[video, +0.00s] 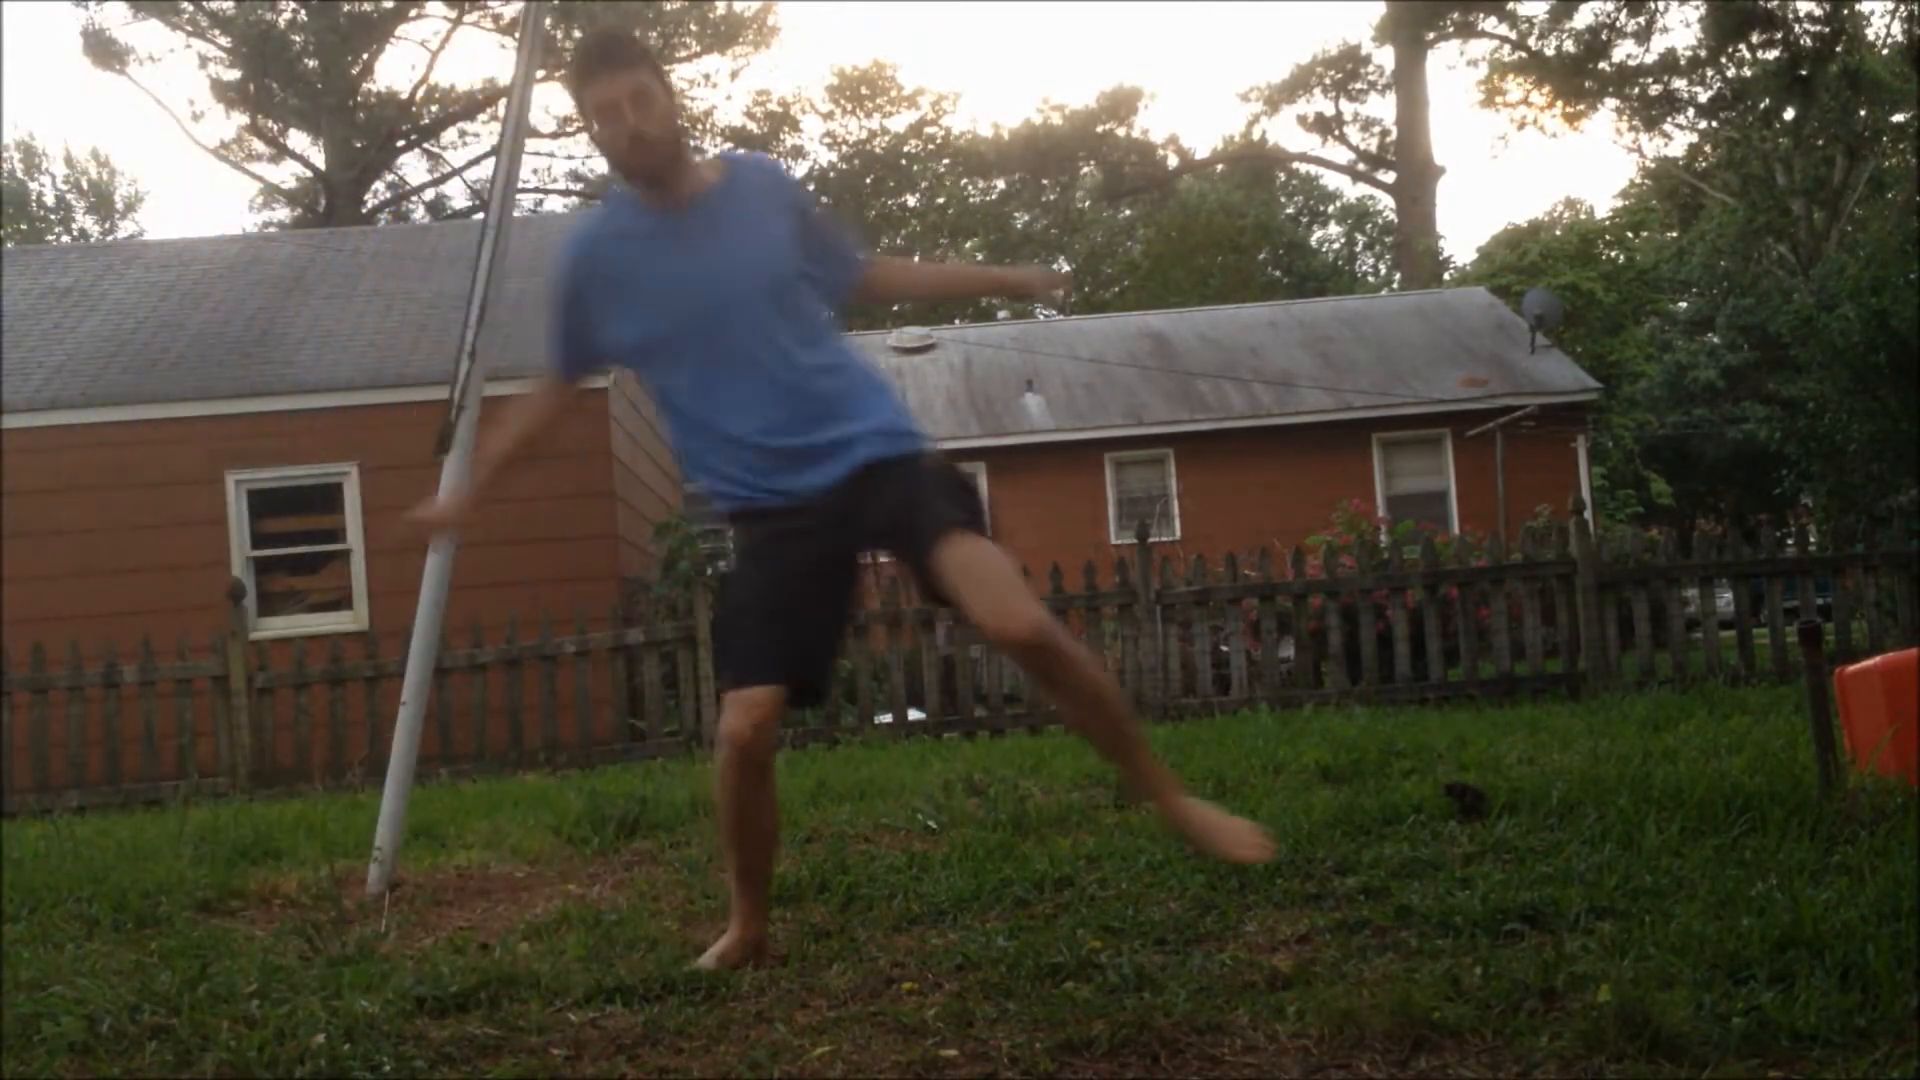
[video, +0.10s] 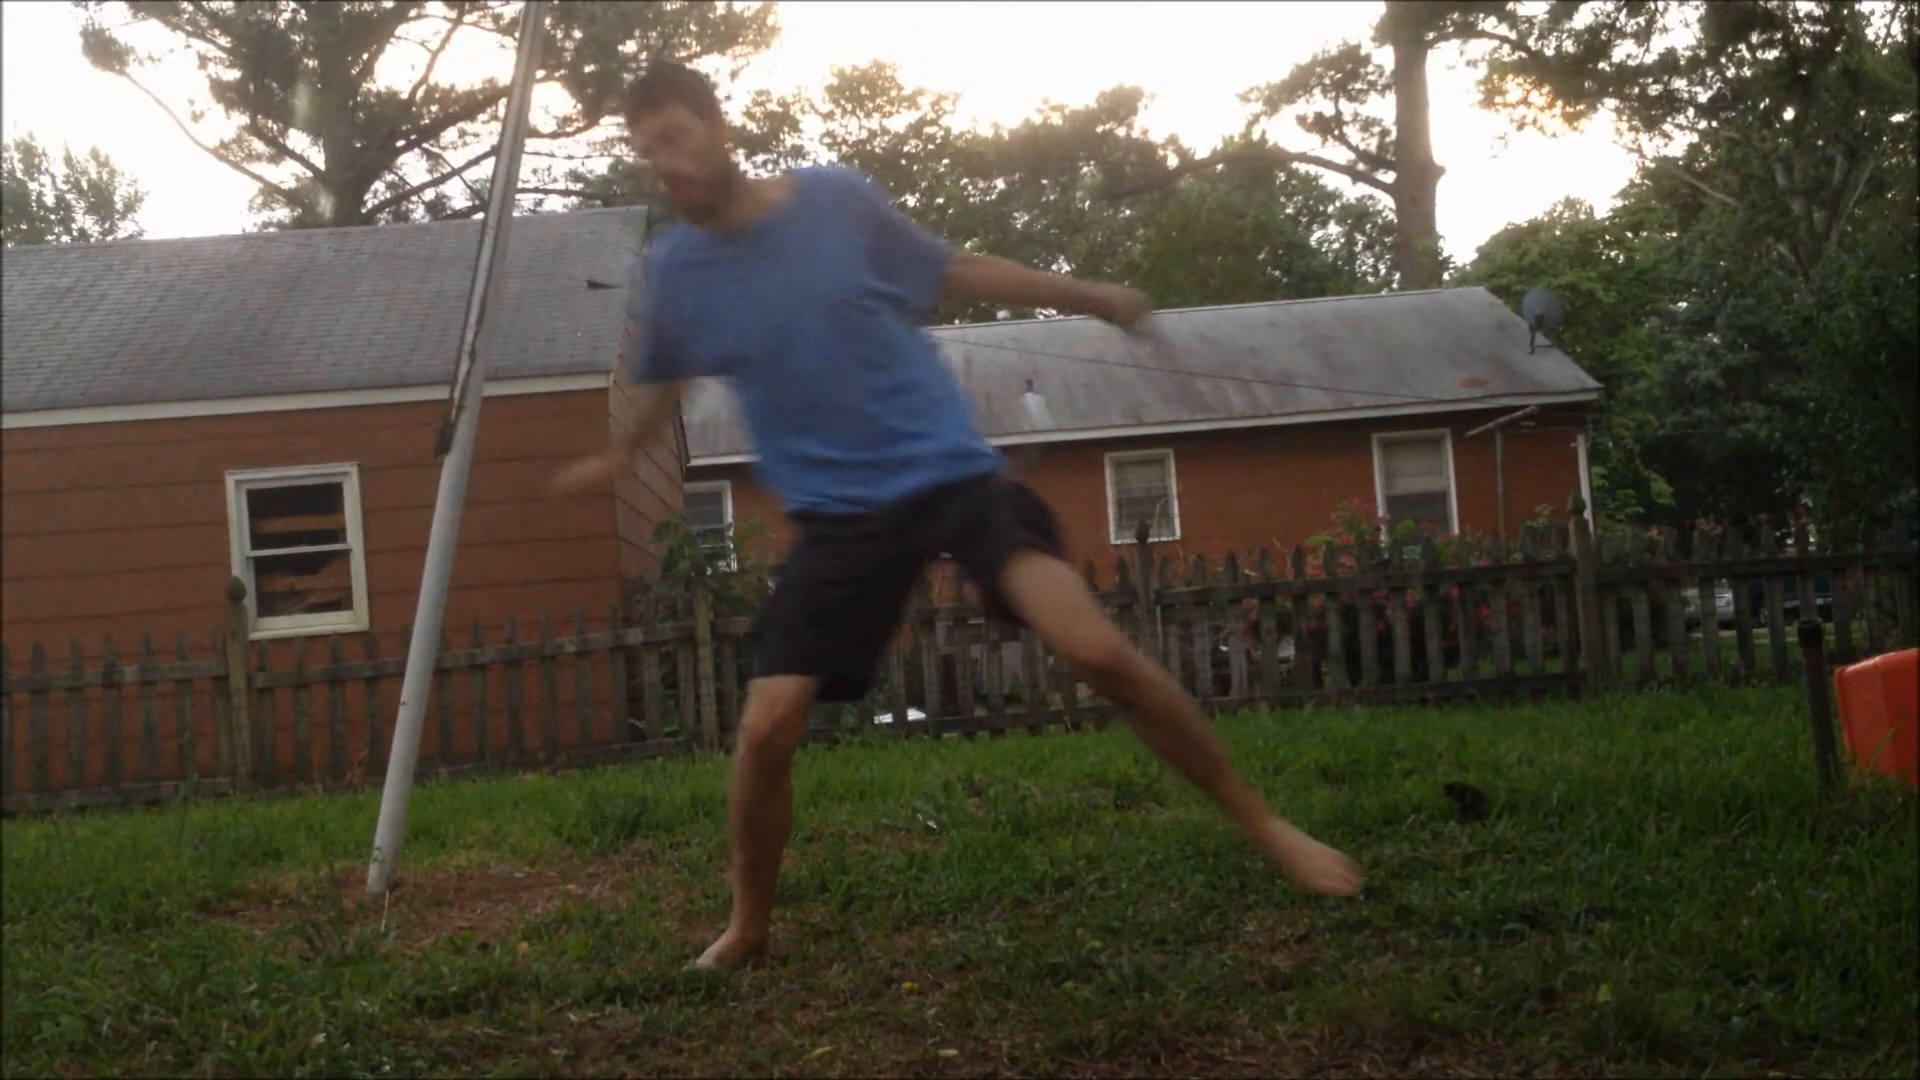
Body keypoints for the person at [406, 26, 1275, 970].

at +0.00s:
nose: (632, 124)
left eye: (640, 100)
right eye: (608, 114)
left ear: (673, 95)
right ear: (587, 132)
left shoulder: (760, 187)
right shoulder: (592, 253)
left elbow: (863, 278)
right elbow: (554, 387)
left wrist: (1007, 279)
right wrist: (468, 485)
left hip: (877, 454)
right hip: (768, 505)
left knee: (1024, 625)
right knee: (743, 732)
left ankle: (1174, 801)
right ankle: (747, 929)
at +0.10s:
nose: (663, 164)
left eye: (673, 139)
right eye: (647, 151)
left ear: (719, 130)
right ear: (641, 164)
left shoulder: (837, 202)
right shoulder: (672, 273)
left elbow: (953, 272)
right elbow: (650, 395)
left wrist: (1084, 295)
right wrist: (613, 455)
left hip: (955, 478)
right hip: (835, 516)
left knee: (1098, 649)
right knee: (764, 729)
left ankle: (1268, 829)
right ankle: (748, 927)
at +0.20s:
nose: (751, 162)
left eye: (757, 137)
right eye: (738, 148)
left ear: (809, 118)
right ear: (739, 151)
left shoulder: (934, 194)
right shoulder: (775, 252)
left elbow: (1062, 283)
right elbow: (803, 364)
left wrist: (1198, 338)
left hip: (1028, 496)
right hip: (904, 524)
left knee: (1164, 680)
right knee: (817, 724)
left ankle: (1317, 864)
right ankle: (753, 923)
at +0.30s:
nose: (848, 120)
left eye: (862, 96)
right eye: (838, 104)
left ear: (919, 92)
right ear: (842, 116)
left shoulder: (1035, 177)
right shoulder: (880, 216)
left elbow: (1167, 281)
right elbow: (947, 339)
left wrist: (1303, 367)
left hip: (1098, 483)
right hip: (979, 500)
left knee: (1209, 687)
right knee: (884, 702)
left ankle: (1328, 876)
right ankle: (831, 900)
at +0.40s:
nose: (927, 76)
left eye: (943, 51)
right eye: (921, 57)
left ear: (997, 54)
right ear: (930, 69)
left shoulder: (1096, 151)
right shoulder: (952, 180)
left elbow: (1230, 267)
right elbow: (1014, 302)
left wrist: (1364, 358)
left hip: (1136, 459)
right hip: (1018, 465)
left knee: (1227, 671)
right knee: (946, 666)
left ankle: (1332, 877)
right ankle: (972, 880)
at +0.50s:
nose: (976, 40)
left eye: (993, 20)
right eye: (971, 24)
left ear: (1054, 24)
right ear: (979, 37)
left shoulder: (1142, 138)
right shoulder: (1000, 148)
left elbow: (1258, 263)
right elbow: (1052, 282)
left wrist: (1363, 360)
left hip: (1165, 435)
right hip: (1047, 437)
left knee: (1238, 657)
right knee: (1002, 647)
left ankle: (1336, 877)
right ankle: (1045, 862)